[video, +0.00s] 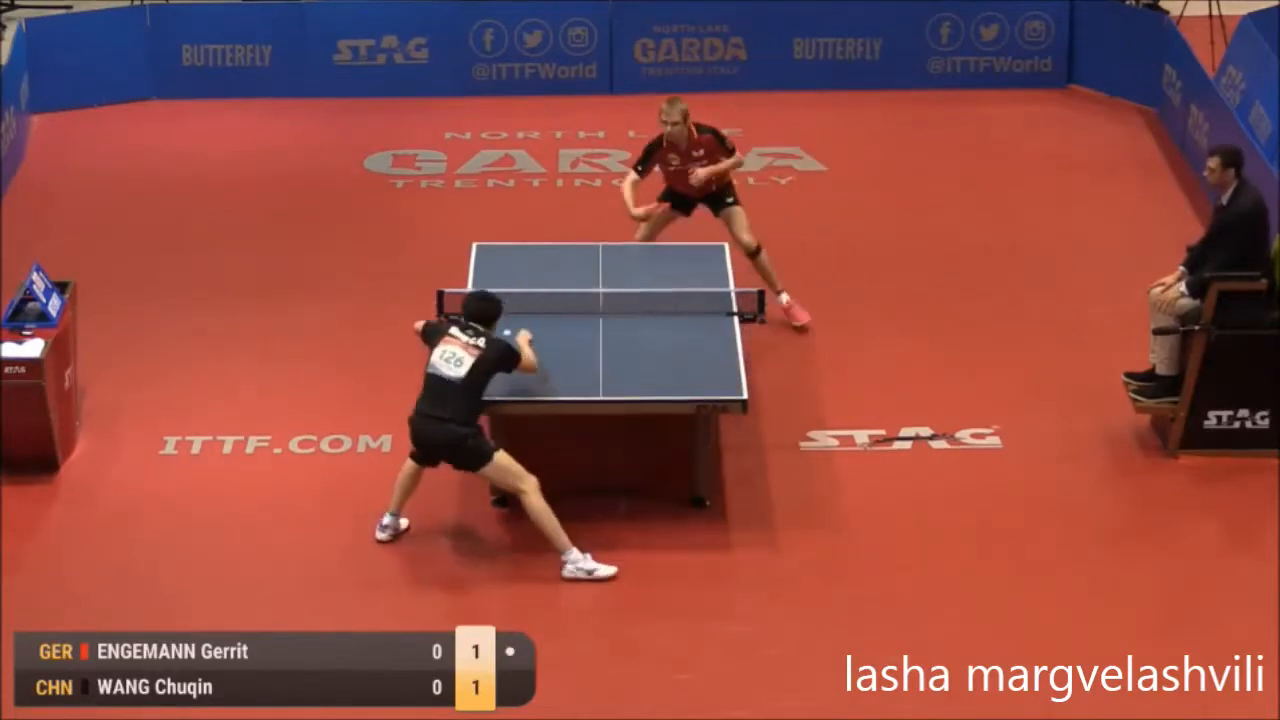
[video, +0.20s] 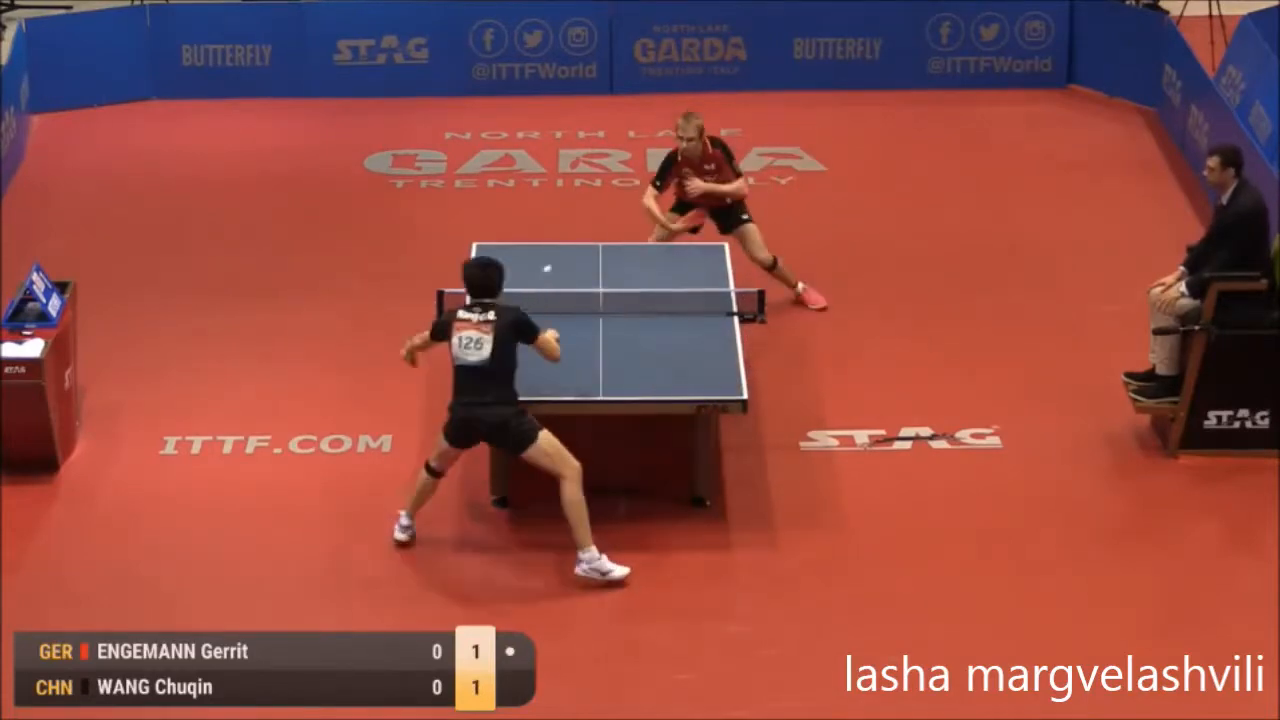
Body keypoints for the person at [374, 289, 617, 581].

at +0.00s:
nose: (495, 320)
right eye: (495, 317)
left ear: (465, 314)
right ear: (493, 322)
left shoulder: (443, 331)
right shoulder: (497, 348)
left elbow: (420, 327)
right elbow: (530, 366)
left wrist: (442, 324)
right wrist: (524, 343)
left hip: (422, 427)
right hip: (459, 435)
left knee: (416, 460)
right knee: (527, 485)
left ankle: (388, 521)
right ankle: (572, 558)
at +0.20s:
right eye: (498, 281)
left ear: (466, 285)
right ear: (499, 285)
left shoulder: (453, 320)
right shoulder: (511, 317)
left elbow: (422, 342)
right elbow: (552, 353)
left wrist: (410, 350)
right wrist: (550, 338)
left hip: (464, 416)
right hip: (505, 417)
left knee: (436, 466)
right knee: (570, 470)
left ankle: (405, 523)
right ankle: (589, 557)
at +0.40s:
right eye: (531, 305)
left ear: (502, 312)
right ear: (534, 309)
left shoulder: (486, 347)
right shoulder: (554, 343)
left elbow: (444, 375)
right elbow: (605, 368)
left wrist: (456, 358)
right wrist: (581, 357)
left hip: (501, 445)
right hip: (544, 444)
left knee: (480, 487)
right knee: (598, 495)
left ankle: (450, 554)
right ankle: (621, 573)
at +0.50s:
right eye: (551, 307)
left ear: (525, 314)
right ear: (557, 310)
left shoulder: (510, 352)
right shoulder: (579, 341)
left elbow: (468, 378)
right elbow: (627, 371)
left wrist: (485, 377)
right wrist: (612, 387)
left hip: (534, 446)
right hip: (580, 442)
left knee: (494, 500)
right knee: (640, 484)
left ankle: (454, 556)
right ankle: (634, 570)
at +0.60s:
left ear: (537, 316)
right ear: (571, 312)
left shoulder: (523, 352)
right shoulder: (593, 343)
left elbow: (482, 389)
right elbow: (632, 385)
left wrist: (505, 393)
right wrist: (618, 409)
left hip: (550, 449)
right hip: (596, 444)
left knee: (505, 507)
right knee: (659, 484)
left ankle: (482, 585)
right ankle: (657, 572)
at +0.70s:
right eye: (583, 331)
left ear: (560, 342)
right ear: (593, 338)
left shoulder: (546, 380)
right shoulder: (616, 373)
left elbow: (505, 423)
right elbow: (642, 426)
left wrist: (530, 431)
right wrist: (631, 440)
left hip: (570, 476)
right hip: (617, 471)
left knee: (525, 536)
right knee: (674, 519)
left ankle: (516, 617)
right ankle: (720, 590)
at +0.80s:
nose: (608, 366)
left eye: (596, 363)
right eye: (613, 362)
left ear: (590, 371)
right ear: (623, 367)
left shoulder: (579, 410)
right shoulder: (646, 400)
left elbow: (545, 459)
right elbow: (677, 449)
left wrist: (577, 460)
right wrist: (648, 454)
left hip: (598, 505)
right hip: (649, 502)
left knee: (543, 537)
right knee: (708, 535)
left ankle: (516, 618)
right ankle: (745, 612)